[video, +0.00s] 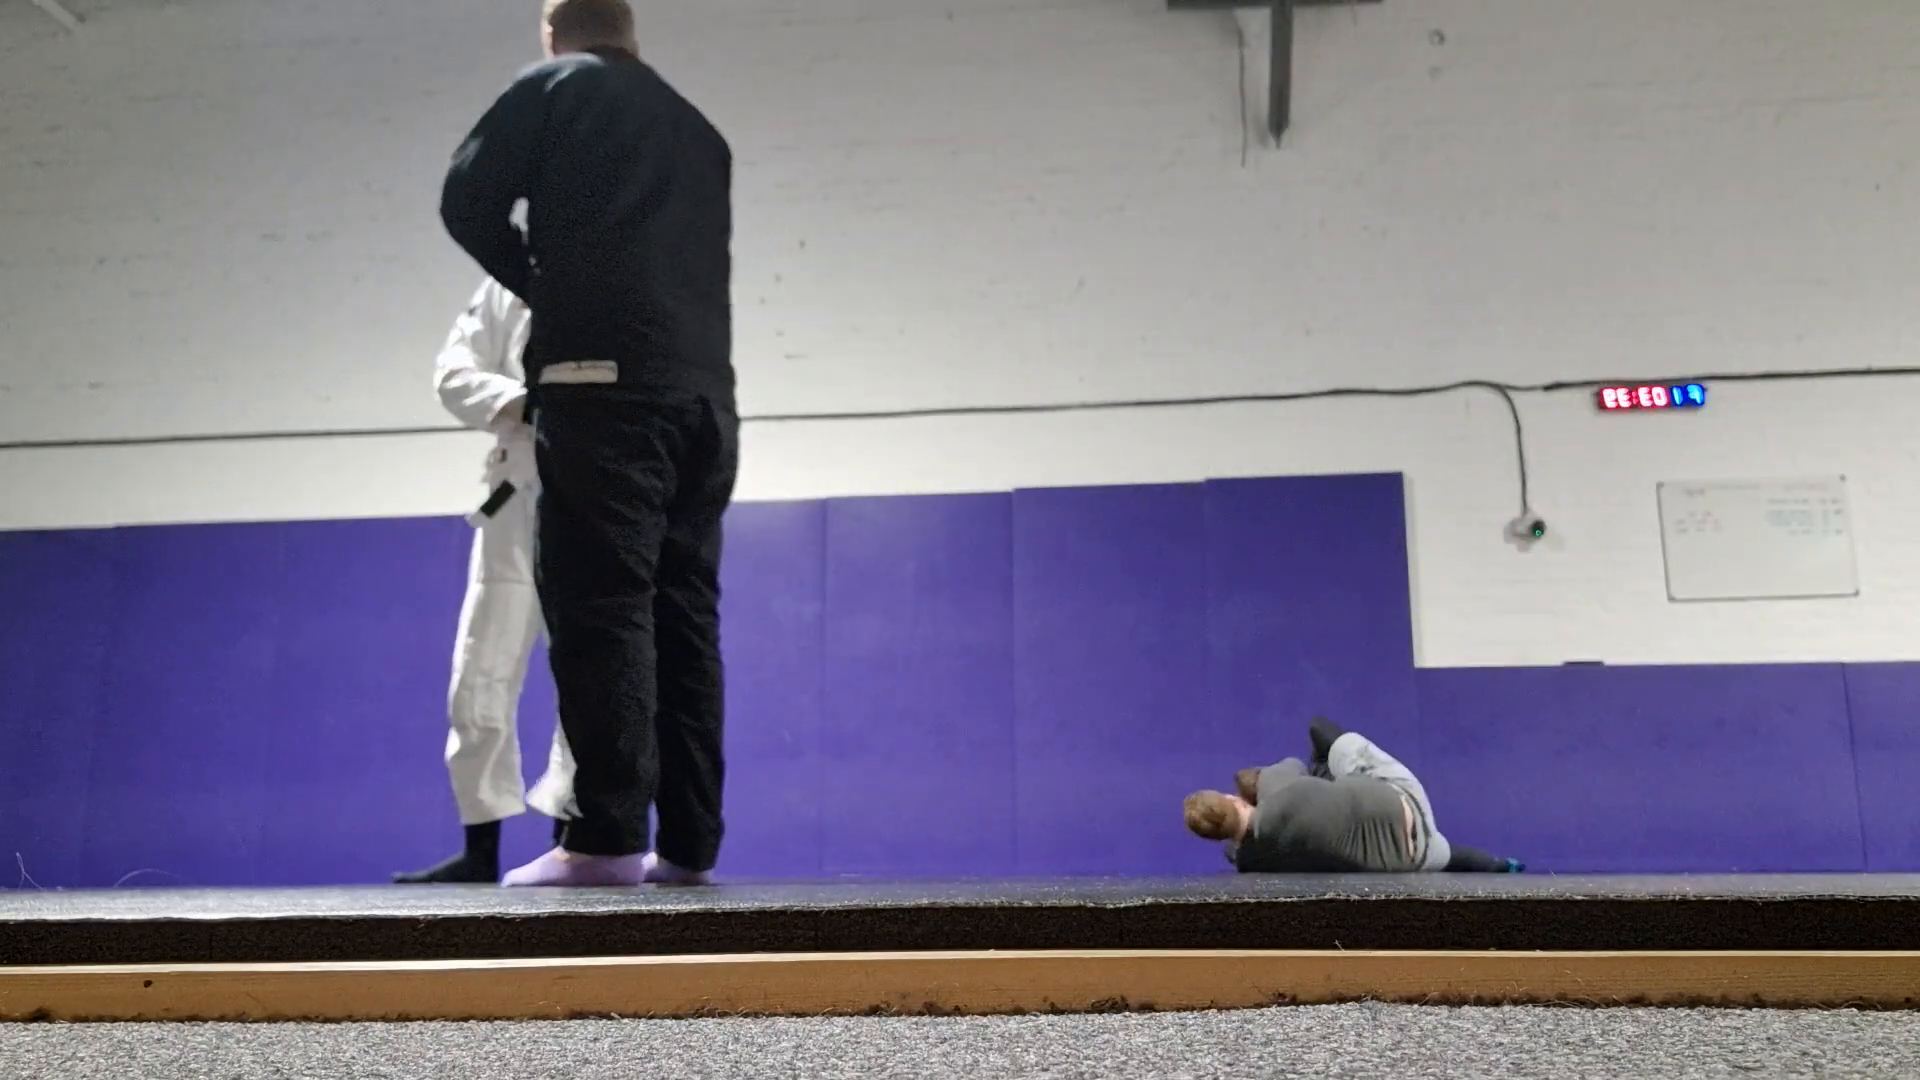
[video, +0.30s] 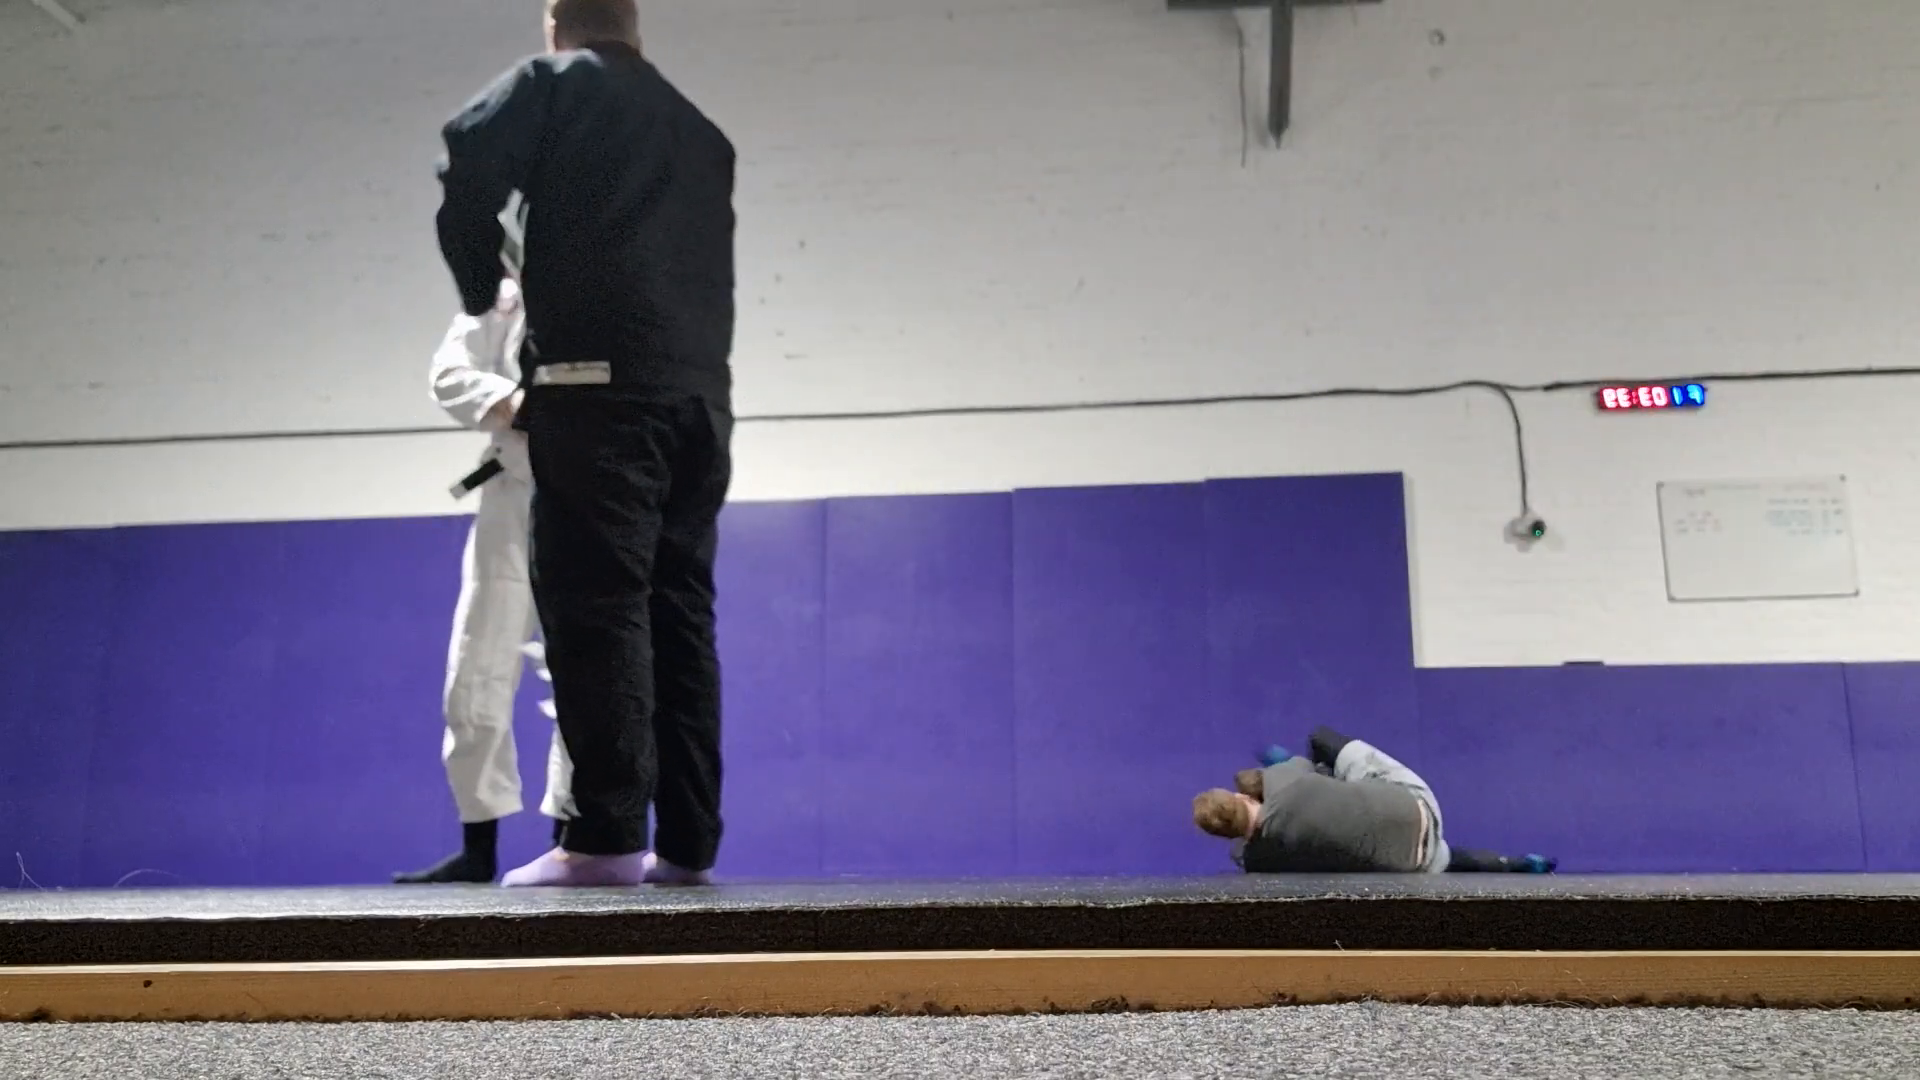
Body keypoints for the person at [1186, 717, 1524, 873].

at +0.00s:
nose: (1231, 788)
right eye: (1227, 790)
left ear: (1218, 839)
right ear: (1235, 794)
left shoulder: (1251, 863)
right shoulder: (1277, 785)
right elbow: (1296, 768)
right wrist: (1256, 781)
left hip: (1414, 861)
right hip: (1409, 807)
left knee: (1446, 854)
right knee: (1326, 732)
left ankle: (1505, 866)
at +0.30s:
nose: (1232, 799)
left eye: (1220, 822)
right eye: (1230, 796)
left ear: (1226, 836)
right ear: (1239, 791)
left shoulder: (1259, 857)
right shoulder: (1279, 776)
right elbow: (1312, 771)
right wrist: (1274, 777)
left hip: (1421, 861)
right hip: (1423, 807)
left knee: (1447, 855)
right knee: (1323, 737)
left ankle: (1523, 865)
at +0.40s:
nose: (1231, 796)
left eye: (1218, 814)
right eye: (1229, 793)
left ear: (1226, 834)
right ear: (1238, 789)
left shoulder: (1257, 858)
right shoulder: (1280, 777)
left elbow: (1250, 850)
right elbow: (1313, 763)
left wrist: (1252, 816)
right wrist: (1261, 777)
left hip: (1419, 860)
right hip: (1418, 805)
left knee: (1446, 856)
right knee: (1317, 738)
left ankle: (1522, 864)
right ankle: (1264, 752)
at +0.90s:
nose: (1234, 791)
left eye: (1221, 829)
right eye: (1232, 792)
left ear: (1225, 842)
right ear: (1241, 794)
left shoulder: (1258, 864)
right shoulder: (1279, 785)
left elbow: (1248, 845)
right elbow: (1295, 766)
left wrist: (1242, 829)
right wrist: (1256, 789)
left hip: (1415, 860)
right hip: (1415, 807)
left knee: (1428, 858)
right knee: (1308, 737)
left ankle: (1505, 861)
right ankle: (1269, 745)